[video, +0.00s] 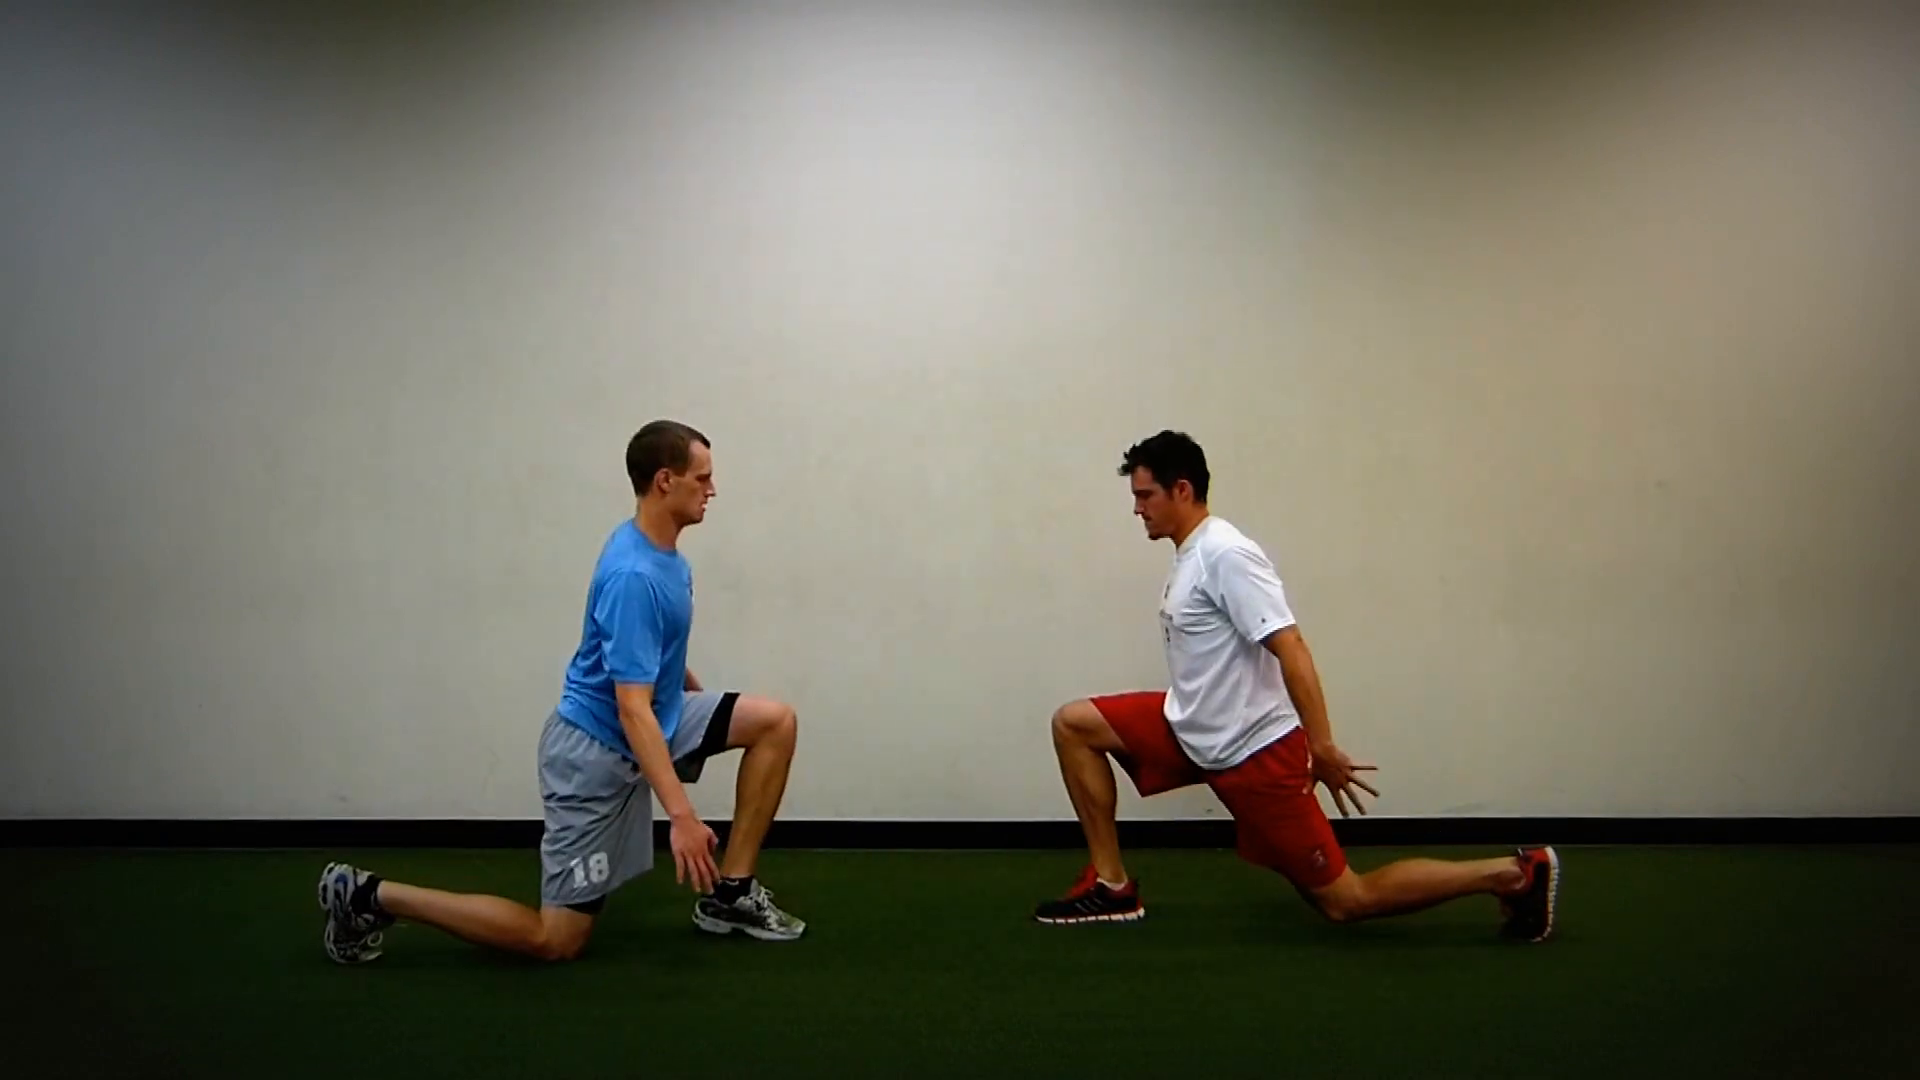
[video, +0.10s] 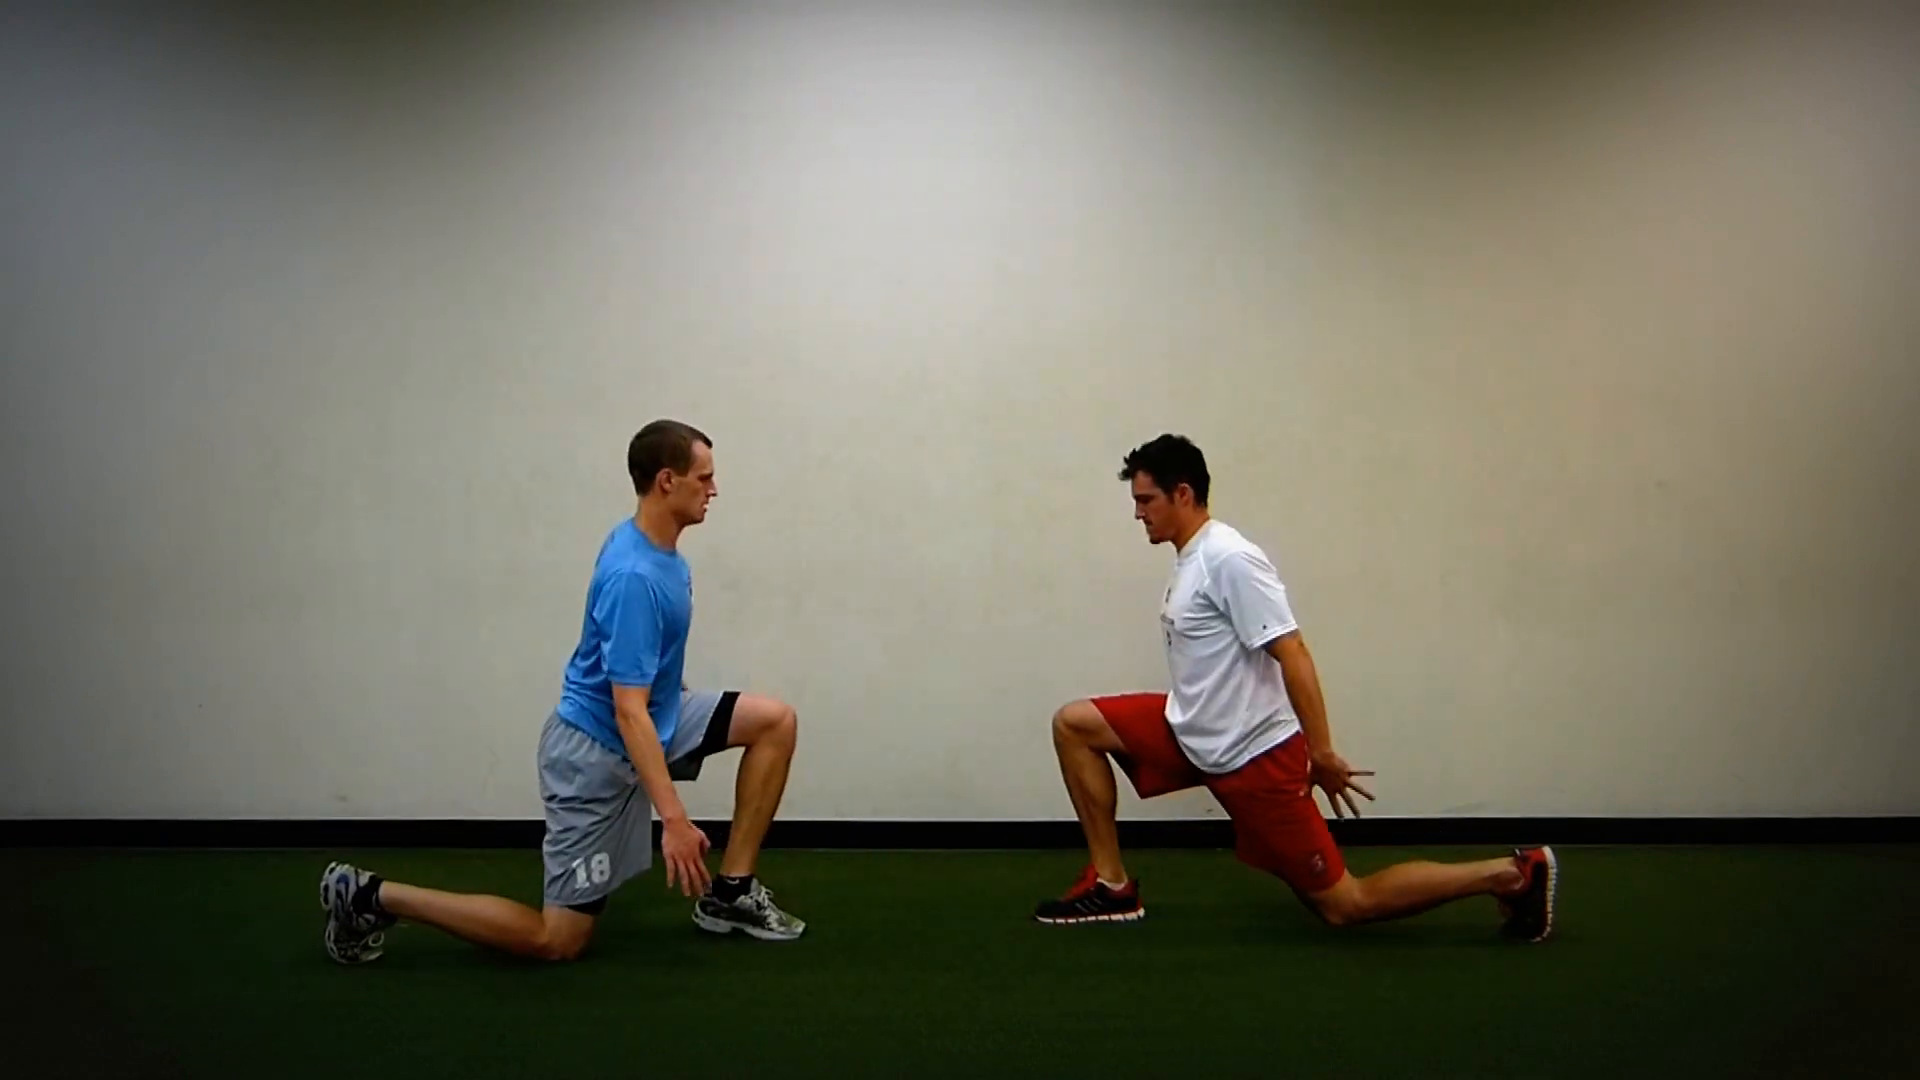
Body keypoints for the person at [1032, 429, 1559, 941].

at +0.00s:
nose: (1138, 509)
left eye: (1145, 496)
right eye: (1135, 497)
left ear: (1184, 491)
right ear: (1175, 492)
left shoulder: (1226, 555)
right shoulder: (1191, 556)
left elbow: (1290, 648)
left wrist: (1322, 744)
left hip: (1256, 743)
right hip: (1196, 722)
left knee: (1344, 901)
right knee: (1074, 726)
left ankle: (1517, 874)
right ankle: (1108, 884)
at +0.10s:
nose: (1139, 514)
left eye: (1145, 500)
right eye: (1136, 502)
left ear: (1185, 495)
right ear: (1175, 496)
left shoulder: (1229, 560)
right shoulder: (1192, 559)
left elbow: (1292, 654)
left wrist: (1321, 750)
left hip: (1256, 747)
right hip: (1196, 724)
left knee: (1343, 906)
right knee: (1075, 725)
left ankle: (1514, 874)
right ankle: (1108, 884)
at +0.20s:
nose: (1141, 515)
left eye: (1147, 501)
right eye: (1137, 503)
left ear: (1186, 495)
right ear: (1176, 496)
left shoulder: (1231, 561)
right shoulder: (1192, 560)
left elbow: (1294, 657)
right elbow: (1230, 664)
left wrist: (1319, 752)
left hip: (1255, 748)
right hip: (1195, 724)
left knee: (1342, 907)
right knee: (1075, 725)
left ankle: (1514, 874)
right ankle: (1108, 884)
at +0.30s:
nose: (1140, 513)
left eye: (1147, 500)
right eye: (1138, 501)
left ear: (1186, 495)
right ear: (1178, 495)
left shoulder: (1230, 559)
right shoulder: (1192, 559)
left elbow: (1292, 654)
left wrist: (1318, 750)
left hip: (1255, 746)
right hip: (1196, 723)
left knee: (1342, 907)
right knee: (1075, 725)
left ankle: (1515, 873)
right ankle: (1109, 884)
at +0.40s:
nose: (1140, 513)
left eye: (1146, 500)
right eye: (1137, 501)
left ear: (1185, 494)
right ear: (1177, 494)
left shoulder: (1228, 558)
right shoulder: (1192, 559)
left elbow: (1290, 652)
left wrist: (1317, 750)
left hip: (1255, 745)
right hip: (1196, 722)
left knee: (1343, 906)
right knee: (1075, 725)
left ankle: (1516, 873)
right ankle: (1109, 884)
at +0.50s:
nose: (1139, 513)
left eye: (1145, 499)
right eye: (1136, 501)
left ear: (1184, 493)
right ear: (1175, 494)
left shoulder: (1229, 558)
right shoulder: (1192, 559)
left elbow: (1288, 654)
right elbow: (1226, 664)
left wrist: (1310, 753)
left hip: (1254, 746)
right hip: (1195, 722)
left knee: (1344, 904)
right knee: (1075, 725)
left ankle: (1517, 874)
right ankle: (1109, 884)